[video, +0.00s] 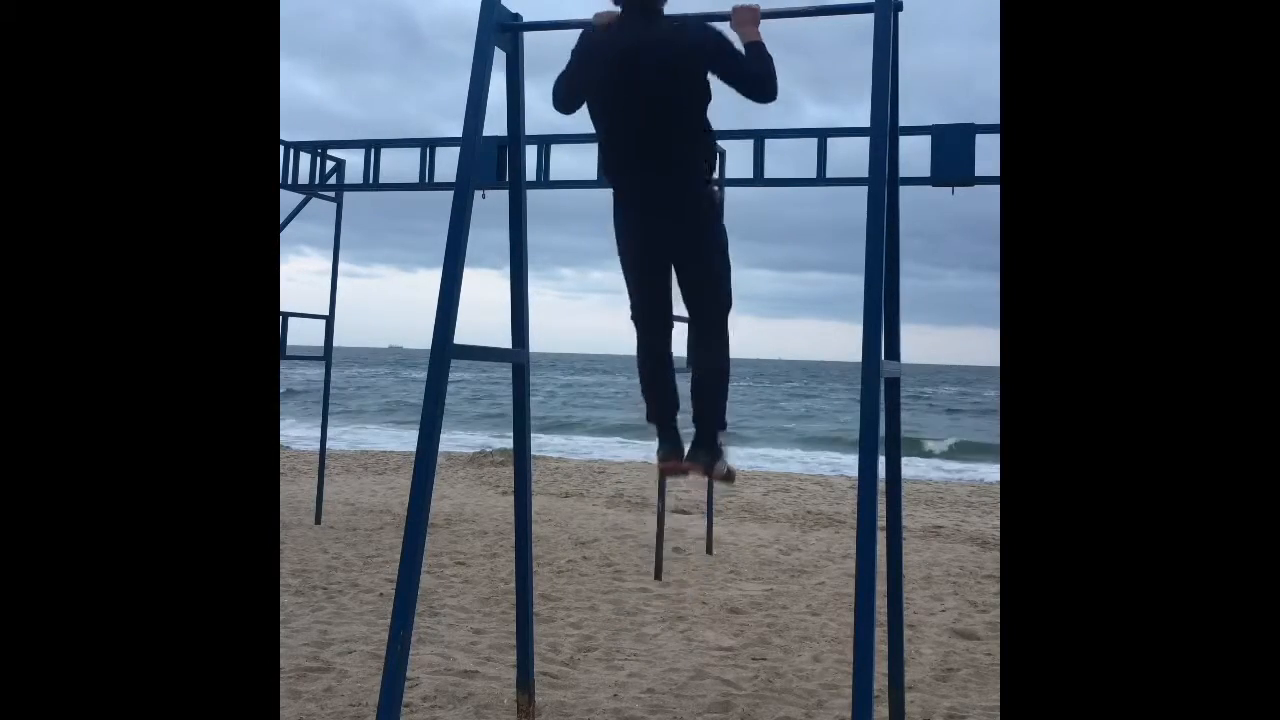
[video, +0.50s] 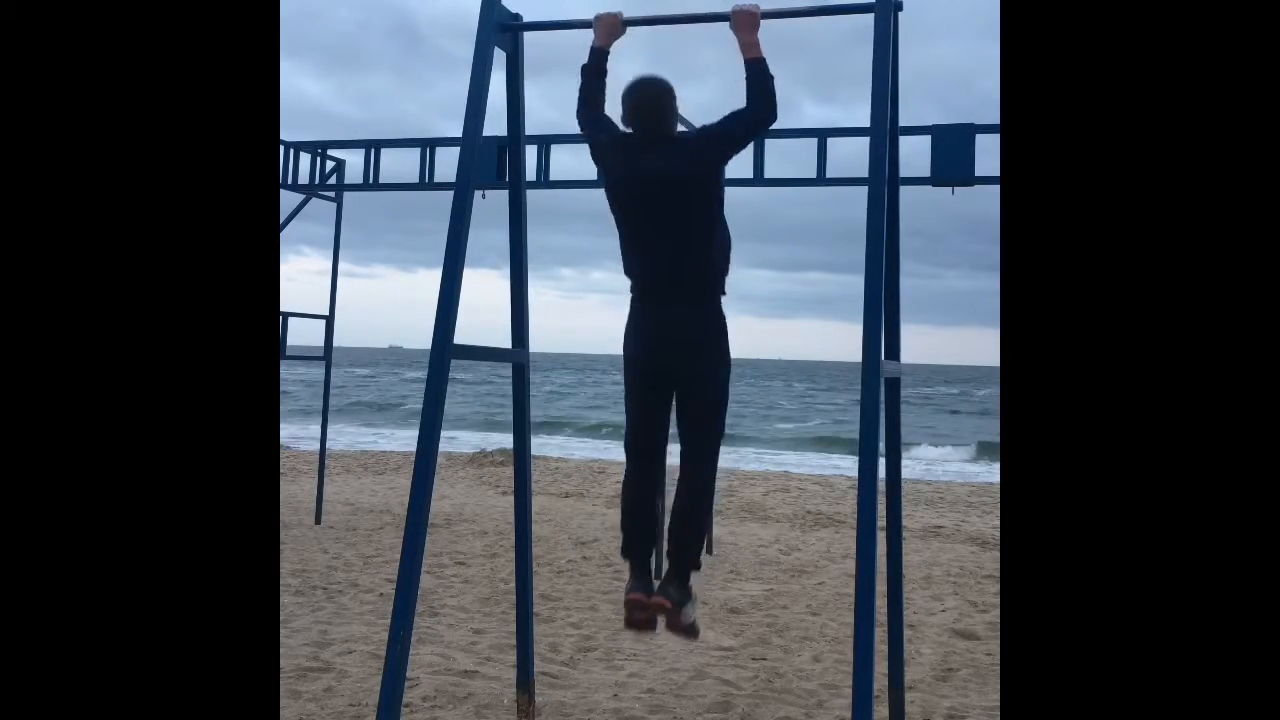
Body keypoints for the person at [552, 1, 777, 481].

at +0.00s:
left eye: (618, 4)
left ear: (618, 3)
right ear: (664, 1)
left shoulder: (599, 41)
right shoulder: (693, 34)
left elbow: (564, 99)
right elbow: (762, 88)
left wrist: (594, 33)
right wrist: (750, 36)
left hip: (634, 206)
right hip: (693, 203)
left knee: (651, 324)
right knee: (710, 321)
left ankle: (668, 445)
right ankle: (706, 448)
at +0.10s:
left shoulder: (602, 37)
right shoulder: (697, 29)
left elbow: (567, 100)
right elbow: (758, 86)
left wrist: (596, 34)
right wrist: (752, 35)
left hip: (636, 202)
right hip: (695, 198)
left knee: (652, 319)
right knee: (711, 315)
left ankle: (671, 435)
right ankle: (711, 436)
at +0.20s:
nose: (619, 15)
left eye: (616, 10)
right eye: (667, 9)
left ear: (620, 11)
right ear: (668, 9)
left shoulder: (602, 53)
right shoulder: (696, 46)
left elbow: (566, 103)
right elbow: (765, 95)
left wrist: (597, 38)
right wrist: (752, 38)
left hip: (638, 222)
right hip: (697, 219)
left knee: (652, 344)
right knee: (709, 340)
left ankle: (671, 461)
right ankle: (707, 462)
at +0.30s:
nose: (657, 45)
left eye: (638, 34)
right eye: (661, 35)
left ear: (622, 46)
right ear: (668, 44)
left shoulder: (603, 94)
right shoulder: (697, 86)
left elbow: (571, 104)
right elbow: (770, 101)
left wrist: (597, 43)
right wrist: (754, 41)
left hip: (639, 261)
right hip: (698, 259)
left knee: (650, 381)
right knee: (707, 381)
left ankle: (662, 503)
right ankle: (700, 504)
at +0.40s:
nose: (663, 82)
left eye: (649, 75)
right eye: (665, 75)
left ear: (624, 89)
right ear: (671, 83)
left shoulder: (609, 132)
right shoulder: (703, 123)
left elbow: (582, 104)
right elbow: (767, 105)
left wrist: (599, 44)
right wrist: (751, 41)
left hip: (643, 298)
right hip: (701, 296)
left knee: (648, 424)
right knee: (703, 425)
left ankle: (652, 551)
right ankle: (688, 555)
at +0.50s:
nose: (677, 114)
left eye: (663, 108)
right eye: (677, 108)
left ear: (627, 119)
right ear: (676, 114)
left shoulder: (614, 157)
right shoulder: (704, 149)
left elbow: (589, 109)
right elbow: (762, 109)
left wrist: (599, 46)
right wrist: (751, 45)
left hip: (645, 324)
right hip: (702, 324)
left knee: (643, 454)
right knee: (699, 460)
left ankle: (639, 578)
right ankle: (678, 587)